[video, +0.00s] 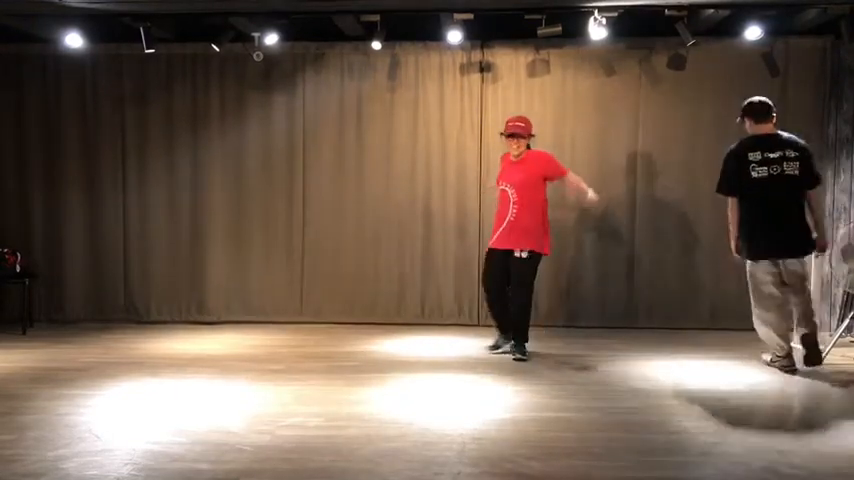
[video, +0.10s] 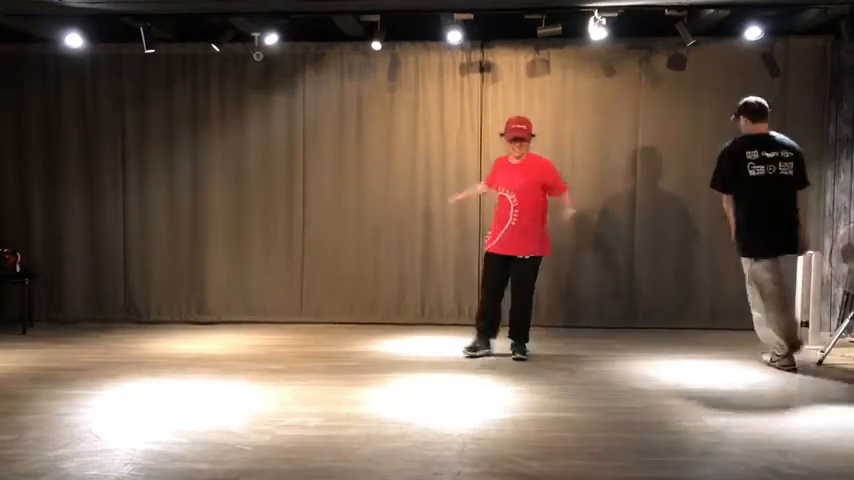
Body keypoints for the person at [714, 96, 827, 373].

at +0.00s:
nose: (743, 125)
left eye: (742, 121)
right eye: (745, 121)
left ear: (745, 121)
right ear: (775, 118)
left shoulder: (738, 153)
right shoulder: (797, 147)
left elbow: (733, 202)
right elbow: (813, 194)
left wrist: (734, 238)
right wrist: (821, 232)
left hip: (758, 238)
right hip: (794, 235)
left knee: (768, 301)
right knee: (799, 290)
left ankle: (782, 355)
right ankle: (808, 334)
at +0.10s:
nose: (739, 125)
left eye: (738, 121)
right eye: (738, 121)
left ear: (743, 120)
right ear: (767, 118)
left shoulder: (733, 151)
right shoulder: (790, 148)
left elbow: (727, 199)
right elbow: (799, 195)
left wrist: (734, 229)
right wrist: (802, 228)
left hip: (753, 233)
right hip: (786, 231)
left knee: (764, 295)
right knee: (784, 289)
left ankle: (781, 354)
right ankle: (791, 340)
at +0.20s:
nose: (730, 126)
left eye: (730, 121)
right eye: (729, 122)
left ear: (738, 120)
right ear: (759, 120)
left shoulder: (728, 151)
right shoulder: (781, 150)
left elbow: (716, 193)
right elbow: (787, 196)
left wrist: (735, 211)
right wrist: (785, 234)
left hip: (743, 233)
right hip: (773, 231)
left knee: (757, 298)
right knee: (762, 288)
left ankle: (780, 352)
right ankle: (753, 336)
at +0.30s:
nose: (720, 129)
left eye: (721, 124)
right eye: (720, 124)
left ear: (730, 123)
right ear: (748, 124)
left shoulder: (721, 153)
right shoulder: (769, 153)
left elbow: (708, 195)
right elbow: (775, 199)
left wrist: (728, 210)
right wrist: (773, 232)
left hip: (733, 234)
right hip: (761, 233)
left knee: (752, 298)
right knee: (746, 291)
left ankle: (780, 353)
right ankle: (721, 332)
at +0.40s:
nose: (710, 130)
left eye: (712, 125)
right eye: (711, 125)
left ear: (720, 125)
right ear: (735, 126)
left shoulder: (712, 155)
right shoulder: (755, 156)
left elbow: (699, 198)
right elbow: (758, 199)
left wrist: (697, 225)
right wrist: (762, 228)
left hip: (720, 230)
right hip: (748, 230)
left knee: (735, 293)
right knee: (738, 287)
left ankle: (776, 345)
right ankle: (719, 336)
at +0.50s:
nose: (697, 131)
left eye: (698, 126)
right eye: (697, 126)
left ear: (707, 125)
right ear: (720, 125)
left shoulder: (702, 153)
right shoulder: (741, 152)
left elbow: (690, 196)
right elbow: (741, 193)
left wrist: (682, 224)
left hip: (709, 228)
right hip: (737, 227)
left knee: (704, 283)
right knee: (728, 285)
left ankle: (752, 324)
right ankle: (719, 336)